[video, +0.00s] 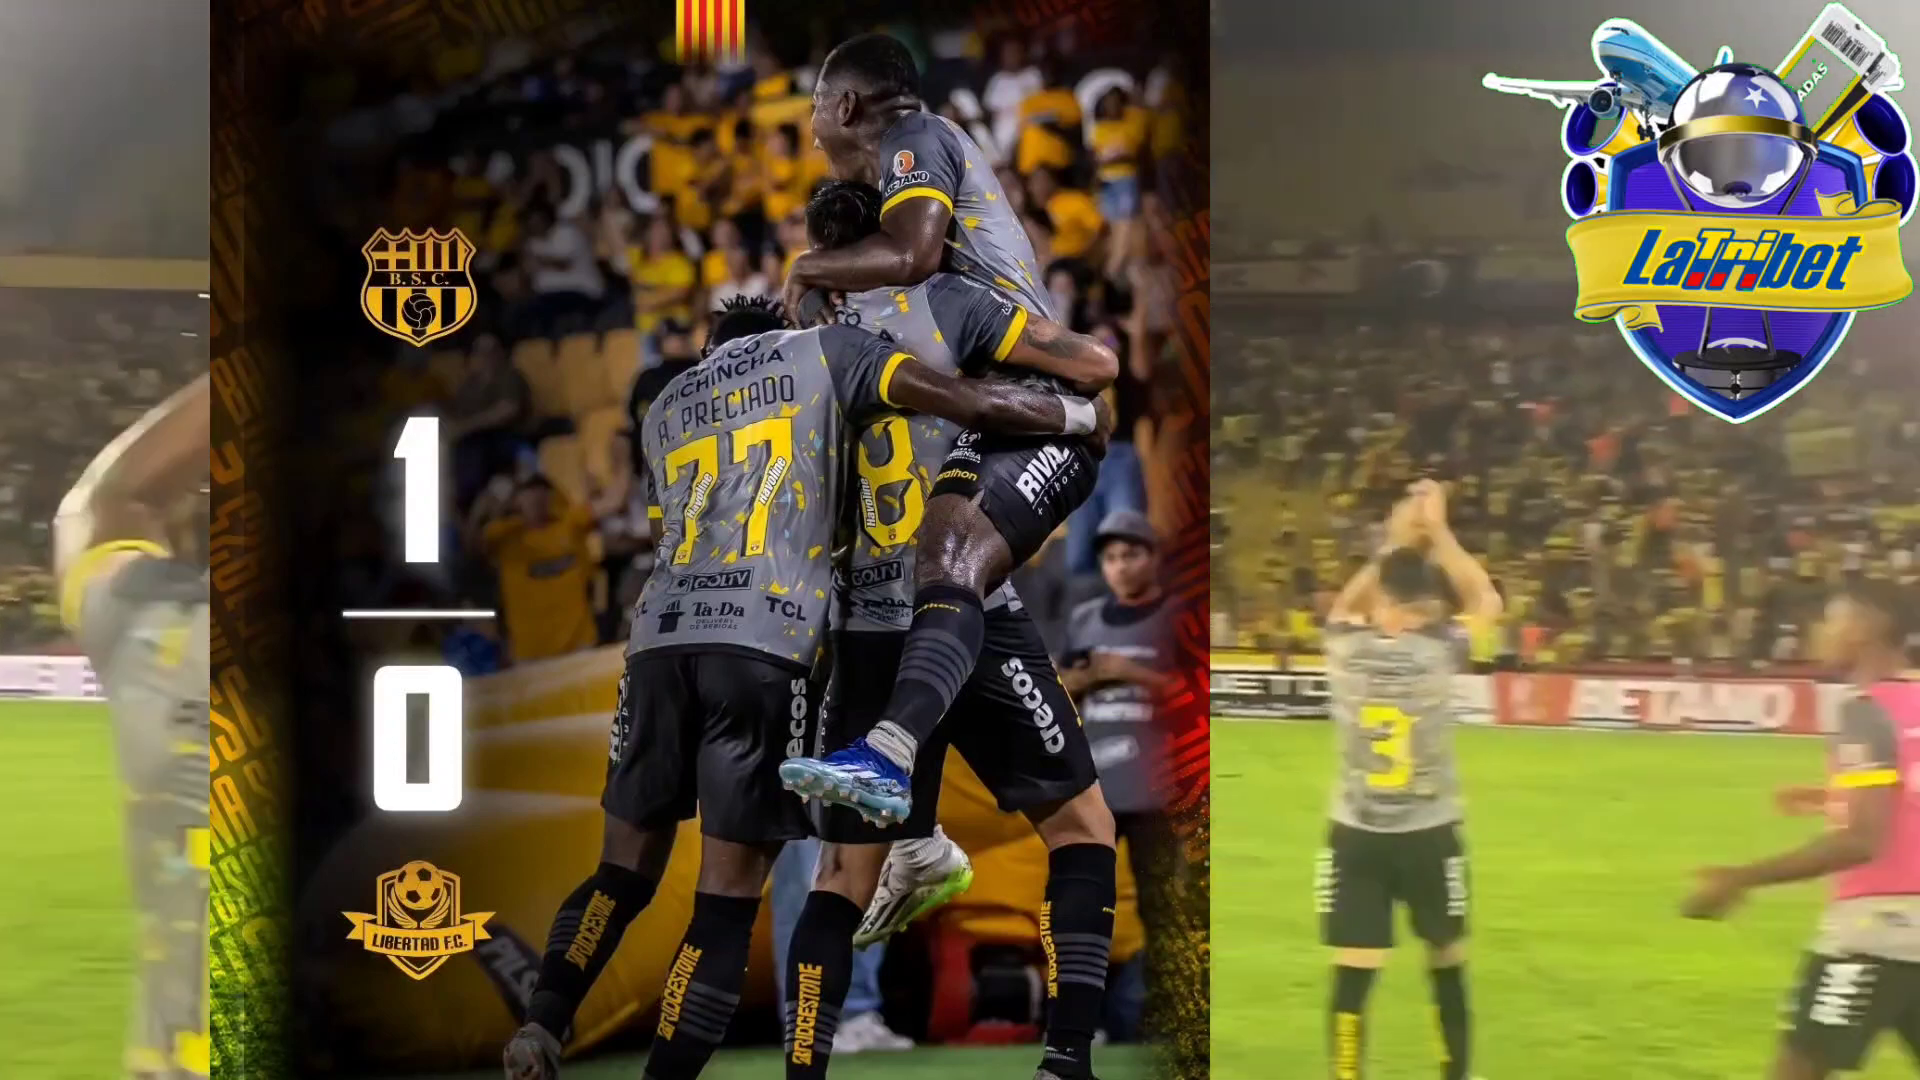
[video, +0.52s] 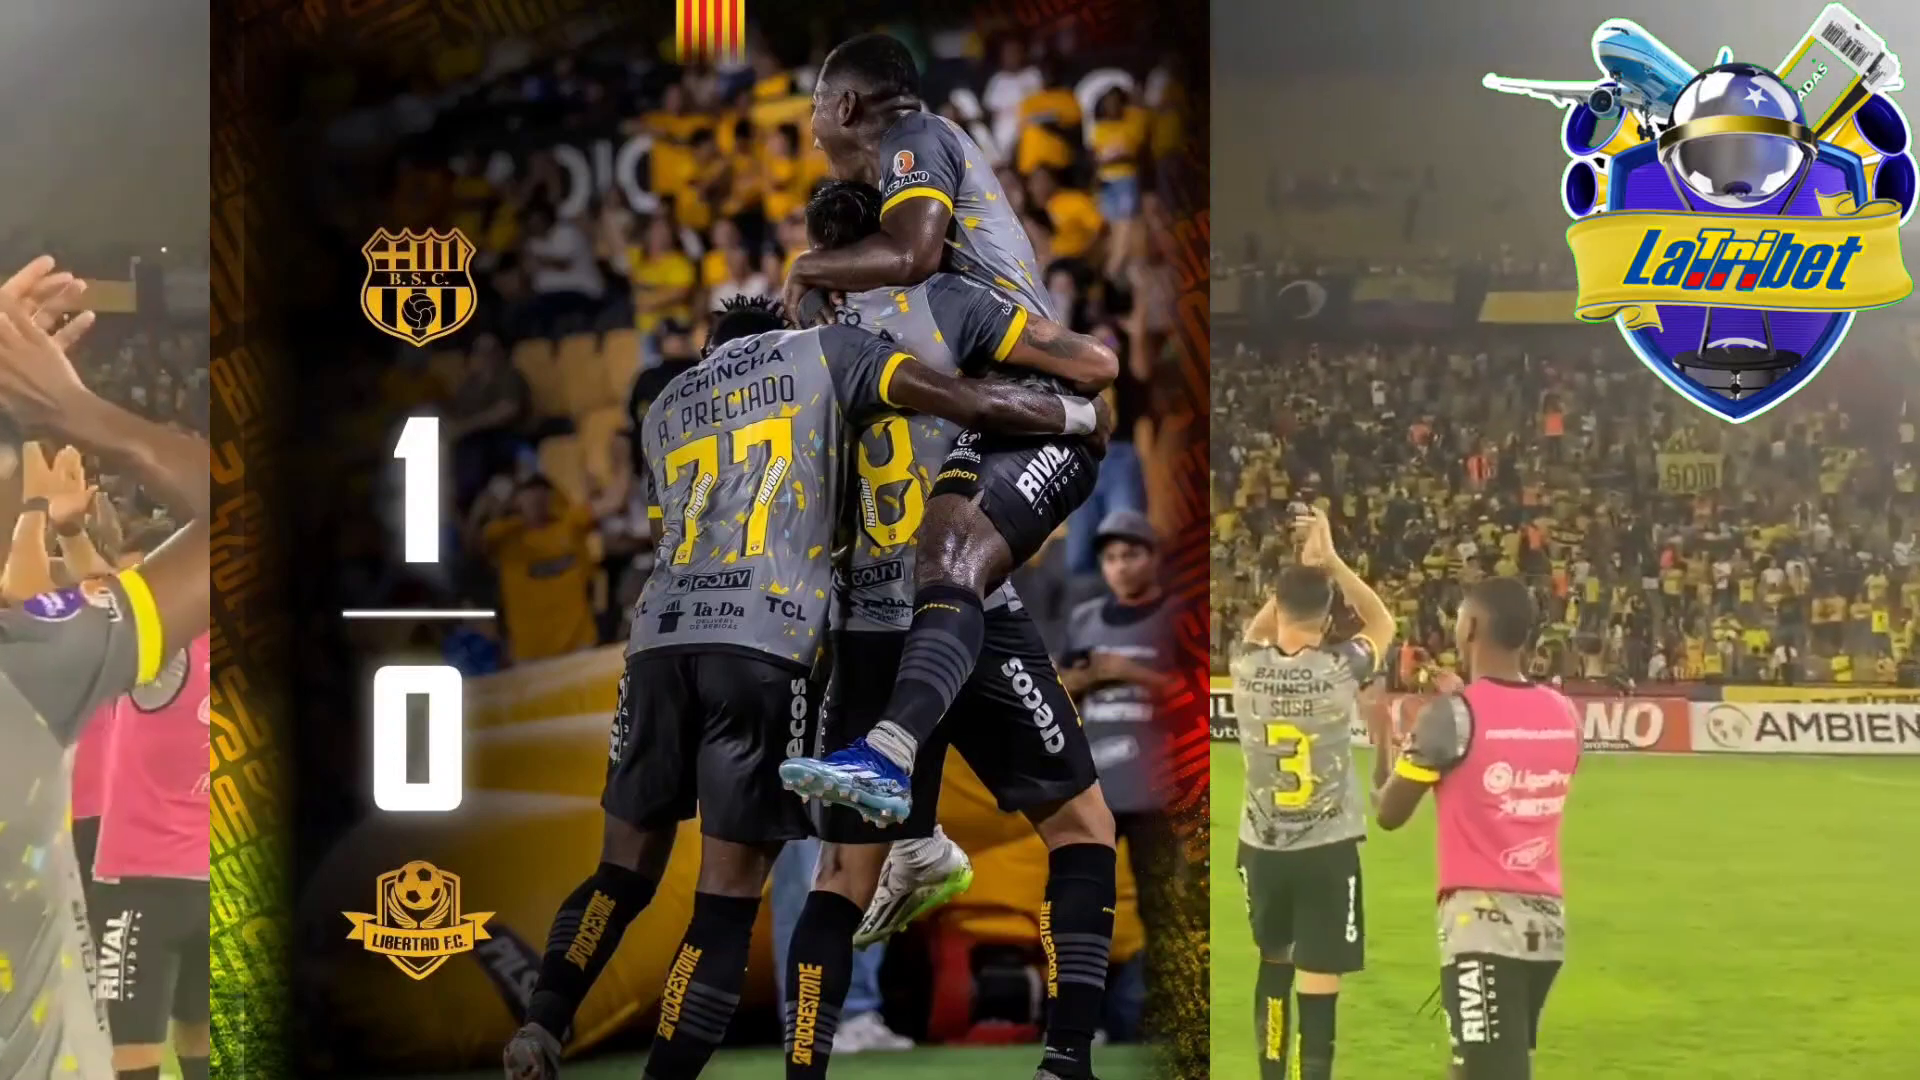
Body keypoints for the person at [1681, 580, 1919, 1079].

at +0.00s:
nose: (1823, 631)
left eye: (1835, 619)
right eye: (1828, 618)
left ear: (1870, 628)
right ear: (1885, 631)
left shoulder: (1865, 709)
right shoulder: (1908, 699)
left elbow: (1861, 838)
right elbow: (1901, 794)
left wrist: (1740, 878)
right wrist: (1827, 798)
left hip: (1874, 933)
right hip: (1906, 930)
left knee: (1798, 1066)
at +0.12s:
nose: (1704, 636)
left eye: (1712, 622)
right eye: (1707, 623)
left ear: (1740, 630)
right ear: (1768, 633)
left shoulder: (1740, 721)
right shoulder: (1814, 711)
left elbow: (1699, 844)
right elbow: (1780, 789)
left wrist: (1591, 831)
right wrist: (1707, 750)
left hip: (1740, 938)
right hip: (1815, 938)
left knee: (1679, 1068)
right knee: (1830, 1070)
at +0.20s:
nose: (1611, 628)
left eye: (1618, 616)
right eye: (1615, 615)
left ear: (1643, 624)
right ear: (1684, 626)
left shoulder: (1636, 710)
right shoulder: (1719, 697)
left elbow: (1575, 824)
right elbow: (1657, 796)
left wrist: (1509, 772)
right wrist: (1598, 726)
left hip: (1641, 926)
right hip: (1712, 923)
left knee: (1596, 1068)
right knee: (1701, 1071)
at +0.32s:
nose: (1538, 617)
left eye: (1543, 603)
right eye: (1540, 603)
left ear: (1564, 610)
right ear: (1610, 616)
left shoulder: (1550, 696)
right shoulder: (1645, 686)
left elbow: (1489, 794)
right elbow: (1590, 765)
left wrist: (1486, 728)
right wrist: (1523, 718)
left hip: (1572, 913)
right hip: (1636, 909)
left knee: (1549, 1069)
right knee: (1592, 1064)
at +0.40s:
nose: (1485, 621)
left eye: (1489, 608)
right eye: (1489, 608)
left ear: (1505, 614)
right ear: (1557, 619)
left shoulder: (1489, 701)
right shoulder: (1593, 695)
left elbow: (1426, 799)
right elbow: (1535, 761)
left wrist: (1429, 727)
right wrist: (1473, 707)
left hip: (1516, 915)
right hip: (1577, 914)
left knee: (1510, 1068)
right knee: (1528, 1063)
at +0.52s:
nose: (1456, 633)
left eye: (1459, 622)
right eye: (1458, 622)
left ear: (1471, 630)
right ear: (1530, 636)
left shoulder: (1453, 714)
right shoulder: (1563, 713)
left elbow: (1390, 812)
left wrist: (1385, 739)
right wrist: (1465, 699)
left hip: (1482, 928)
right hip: (1545, 927)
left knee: (1499, 1071)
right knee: (1471, 1066)